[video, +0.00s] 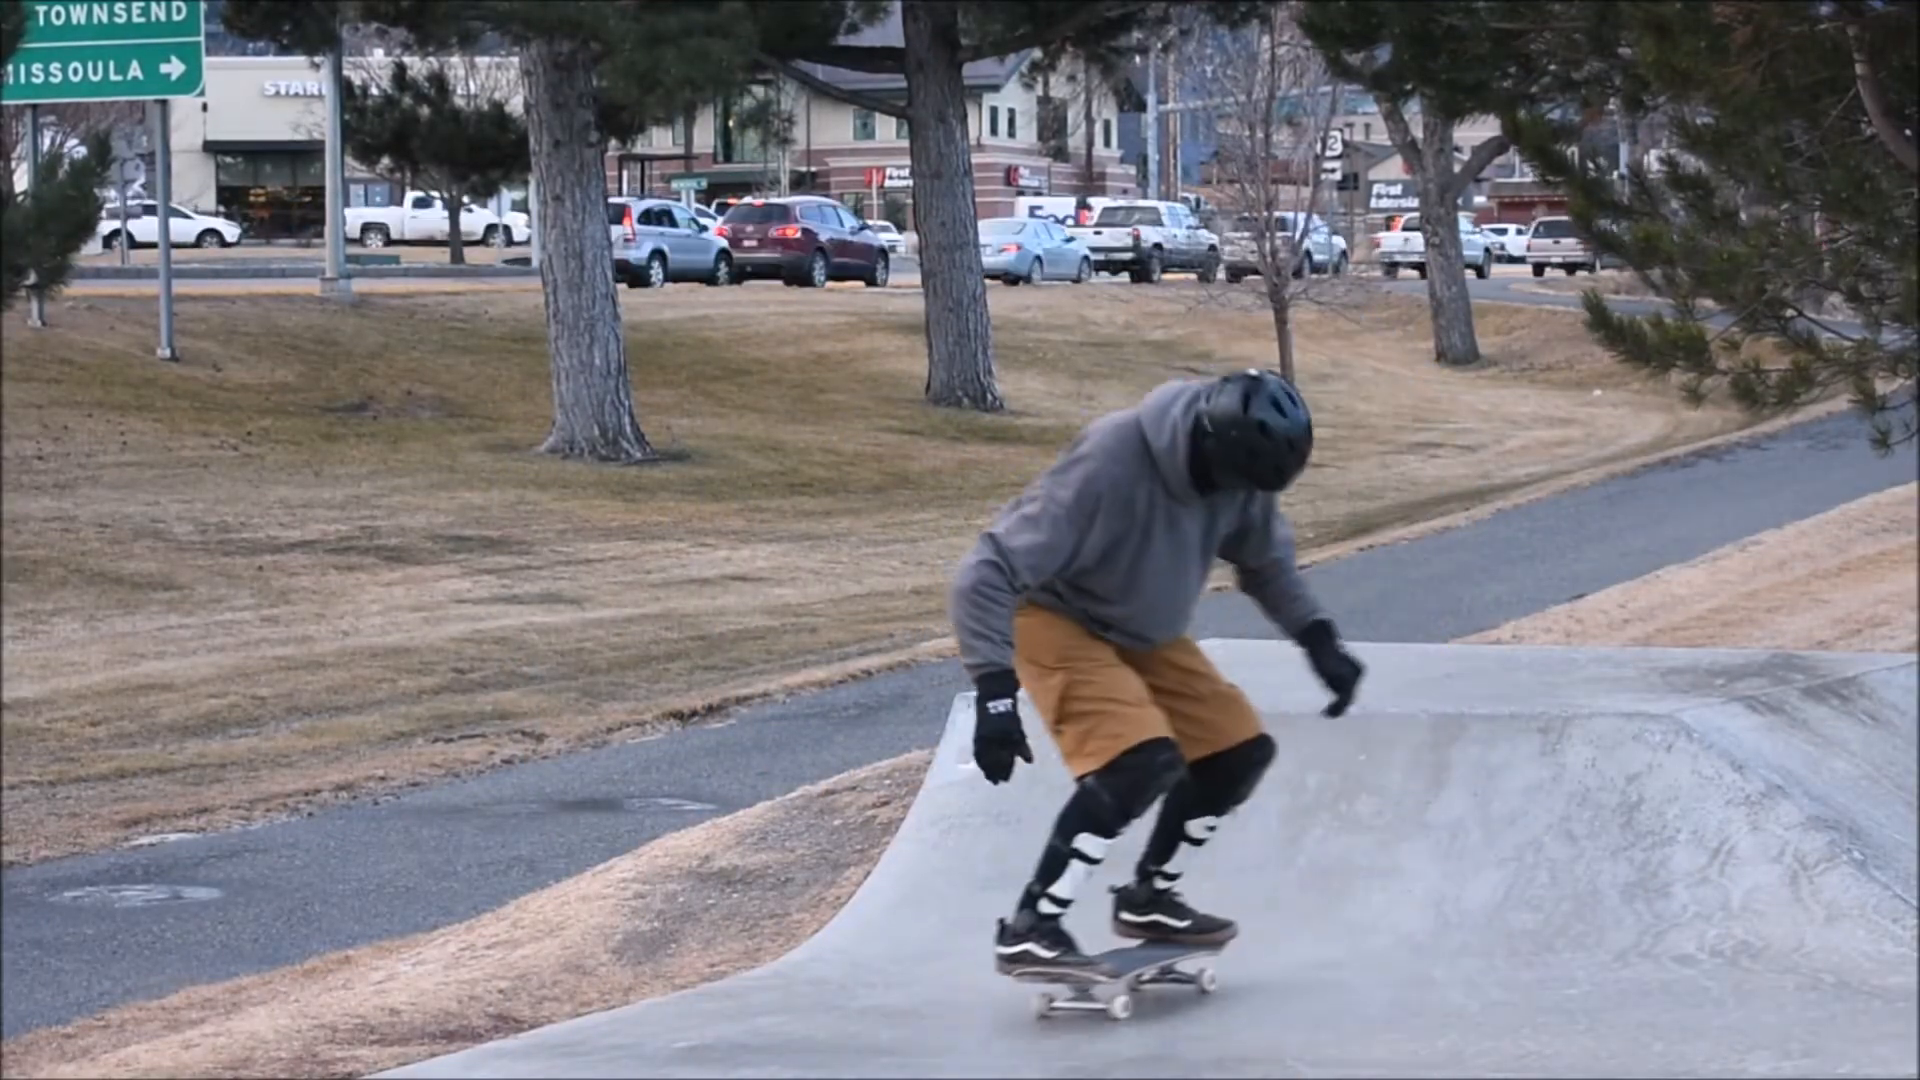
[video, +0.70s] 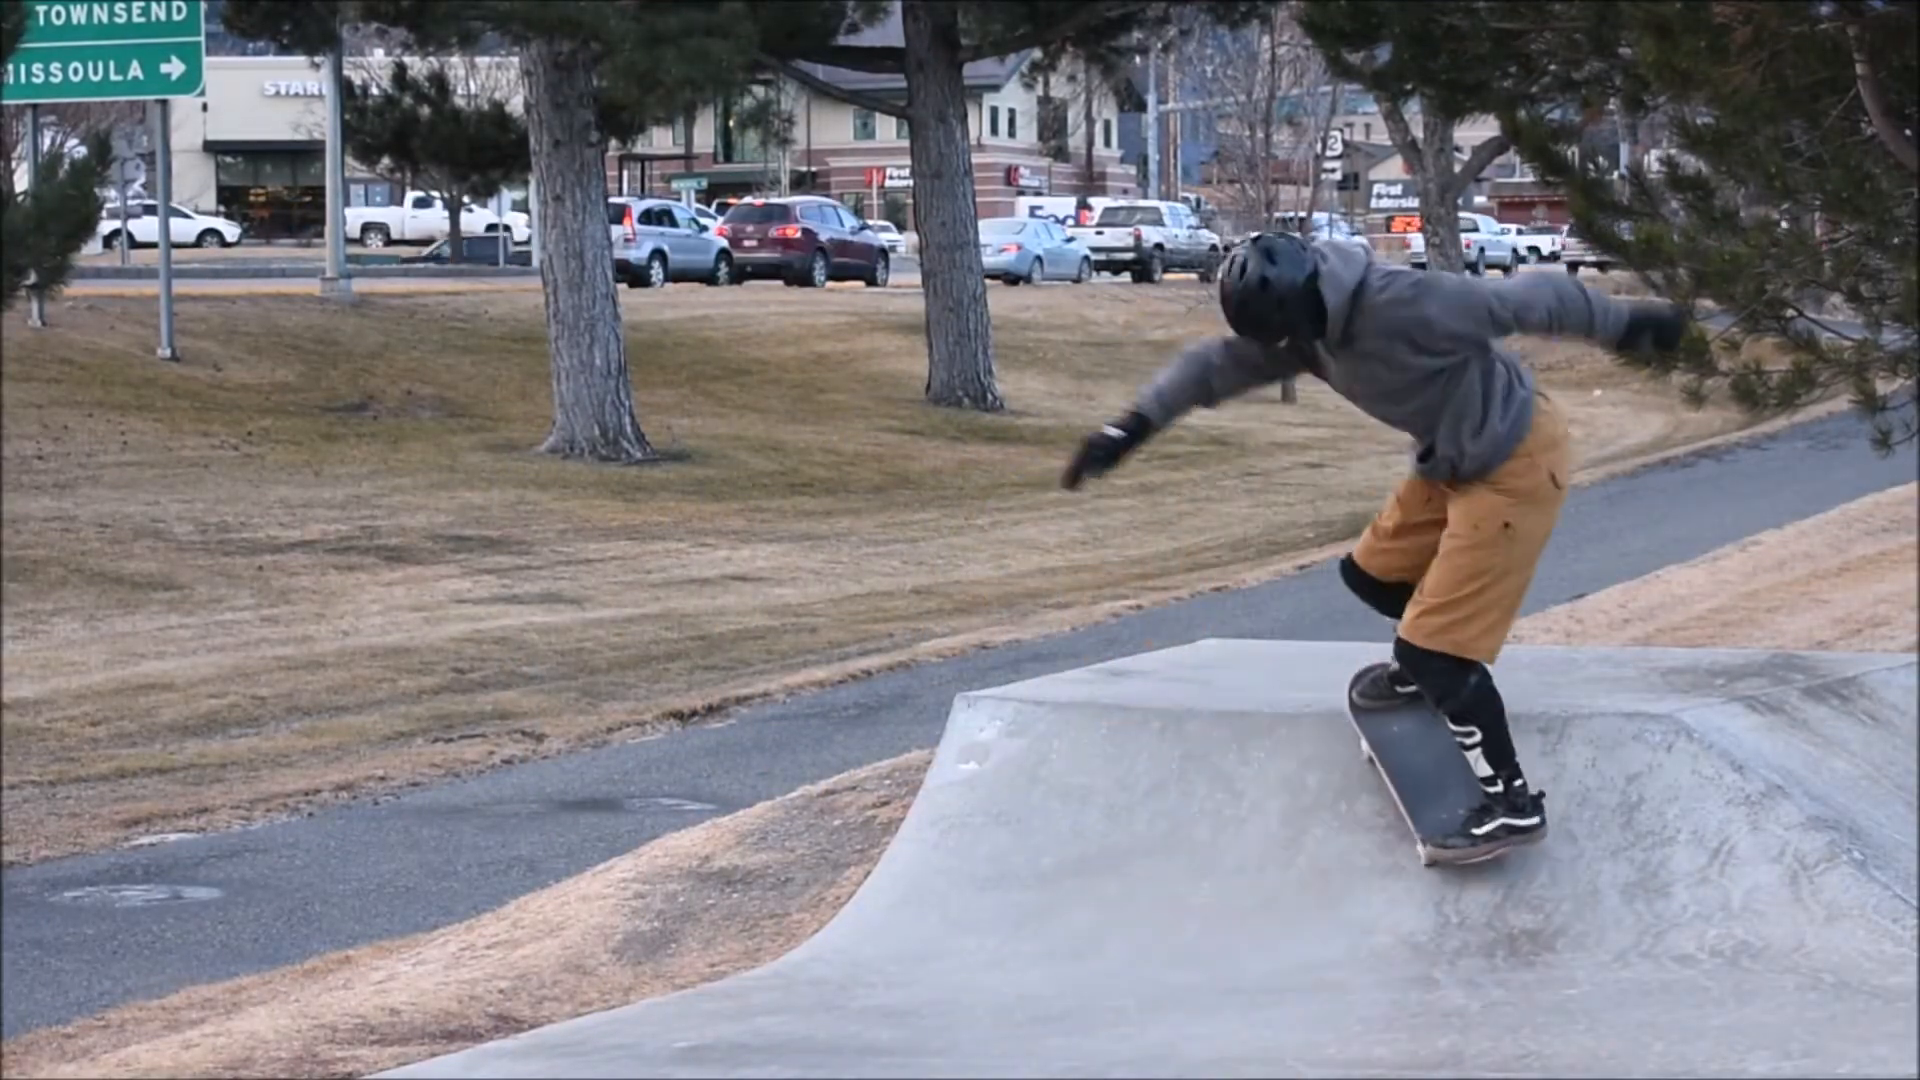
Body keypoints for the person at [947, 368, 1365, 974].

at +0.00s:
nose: (1254, 494)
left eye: (1263, 484)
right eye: (1250, 480)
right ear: (1219, 450)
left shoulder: (1242, 476)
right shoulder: (1114, 457)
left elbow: (1268, 565)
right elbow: (987, 571)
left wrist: (1320, 640)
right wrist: (995, 696)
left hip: (1143, 627)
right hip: (1051, 614)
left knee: (1236, 752)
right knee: (1140, 759)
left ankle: (1147, 897)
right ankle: (1031, 924)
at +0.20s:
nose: (1281, 476)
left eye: (1300, 468)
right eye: (1272, 461)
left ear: (1330, 440)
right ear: (1254, 424)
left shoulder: (1334, 444)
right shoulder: (1185, 434)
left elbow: (1375, 577)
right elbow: (1075, 501)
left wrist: (1328, 552)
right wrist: (1030, 601)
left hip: (1252, 586)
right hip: (1158, 577)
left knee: (1326, 735)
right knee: (1230, 736)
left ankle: (1250, 864)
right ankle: (1136, 903)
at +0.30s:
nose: (1296, 416)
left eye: (1310, 407)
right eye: (1284, 404)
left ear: (1340, 377)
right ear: (1261, 368)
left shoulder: (1367, 378)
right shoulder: (1216, 358)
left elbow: (1396, 513)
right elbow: (1131, 368)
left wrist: (1318, 544)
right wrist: (1068, 426)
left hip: (1313, 539)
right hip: (1217, 532)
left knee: (1370, 695)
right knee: (1251, 705)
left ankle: (1312, 808)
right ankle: (1191, 877)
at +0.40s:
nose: (1303, 367)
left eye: (1315, 357)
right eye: (1289, 356)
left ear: (1349, 330)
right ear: (1266, 324)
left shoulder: (1394, 336)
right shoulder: (1233, 302)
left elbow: (1483, 433)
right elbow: (1165, 284)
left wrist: (1486, 526)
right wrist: (1100, 303)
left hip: (1367, 483)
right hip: (1261, 480)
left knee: (1432, 647)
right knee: (1266, 655)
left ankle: (1456, 765)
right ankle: (1228, 766)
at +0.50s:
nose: (1305, 344)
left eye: (1317, 332)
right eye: (1290, 334)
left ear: (1352, 298)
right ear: (1266, 299)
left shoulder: (1422, 298)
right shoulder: (1243, 287)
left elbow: (1555, 321)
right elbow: (1158, 281)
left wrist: (1634, 400)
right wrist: (1077, 318)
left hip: (1418, 454)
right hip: (1310, 450)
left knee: (1449, 624)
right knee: (1276, 599)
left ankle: (1518, 769)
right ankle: (1331, 663)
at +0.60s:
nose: (1282, 338)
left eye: (1289, 325)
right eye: (1271, 327)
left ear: (1319, 297)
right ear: (1260, 295)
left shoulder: (1423, 286)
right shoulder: (1266, 283)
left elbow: (1542, 257)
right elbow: (1157, 326)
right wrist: (1059, 388)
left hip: (1470, 451)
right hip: (1389, 451)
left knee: (1430, 634)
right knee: (1352, 577)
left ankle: (1502, 782)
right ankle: (1425, 661)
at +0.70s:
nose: (1277, 354)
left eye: (1279, 341)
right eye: (1267, 344)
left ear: (1305, 309)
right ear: (1269, 315)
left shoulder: (1406, 303)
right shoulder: (1297, 325)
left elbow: (1530, 300)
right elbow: (1209, 370)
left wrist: (1630, 322)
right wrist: (1129, 429)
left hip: (1516, 458)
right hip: (1447, 455)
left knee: (1439, 649)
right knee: (1374, 573)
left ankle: (1511, 796)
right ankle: (1433, 667)